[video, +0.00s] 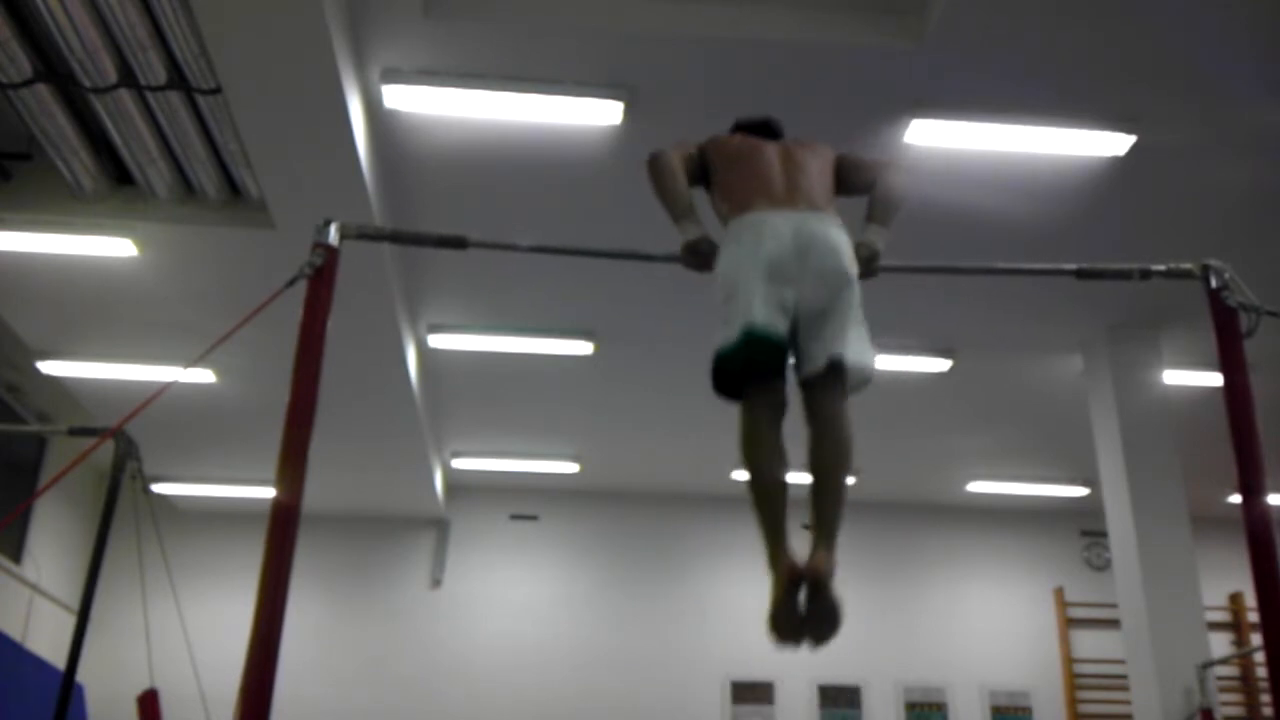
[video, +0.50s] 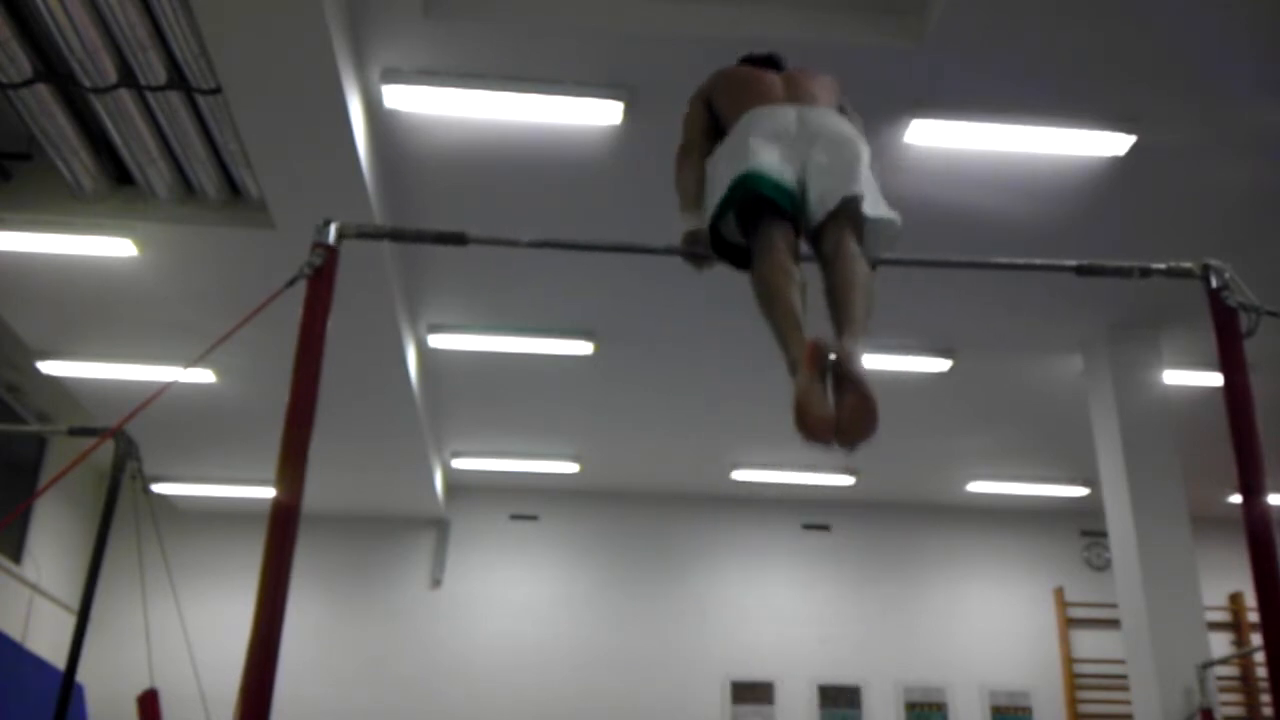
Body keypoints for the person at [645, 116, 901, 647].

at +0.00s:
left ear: (731, 139)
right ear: (784, 139)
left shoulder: (718, 148)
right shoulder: (819, 156)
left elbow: (663, 160)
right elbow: (887, 178)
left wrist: (690, 229)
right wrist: (873, 239)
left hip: (754, 238)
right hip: (826, 238)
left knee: (762, 408)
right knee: (829, 405)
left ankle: (782, 565)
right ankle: (824, 557)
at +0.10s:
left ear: (730, 115)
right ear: (786, 116)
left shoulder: (714, 128)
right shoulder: (819, 137)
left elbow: (671, 160)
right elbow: (882, 175)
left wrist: (690, 230)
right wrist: (872, 237)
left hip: (753, 205)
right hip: (824, 209)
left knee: (767, 353)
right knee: (837, 354)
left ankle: (794, 493)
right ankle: (845, 492)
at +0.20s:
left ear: (732, 92)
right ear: (784, 92)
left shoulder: (711, 108)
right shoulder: (819, 114)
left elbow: (682, 165)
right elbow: (859, 163)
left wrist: (691, 228)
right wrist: (872, 230)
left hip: (756, 171)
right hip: (826, 178)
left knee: (773, 293)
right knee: (841, 297)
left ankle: (803, 407)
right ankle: (853, 409)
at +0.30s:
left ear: (731, 71)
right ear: (780, 70)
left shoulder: (713, 86)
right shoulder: (818, 88)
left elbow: (695, 158)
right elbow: (847, 146)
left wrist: (694, 223)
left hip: (757, 127)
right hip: (828, 129)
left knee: (772, 237)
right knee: (841, 231)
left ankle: (804, 353)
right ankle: (849, 346)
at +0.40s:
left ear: (733, 59)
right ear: (783, 58)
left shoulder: (717, 71)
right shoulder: (820, 75)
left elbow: (696, 148)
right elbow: (849, 154)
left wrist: (694, 220)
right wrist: (864, 246)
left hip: (755, 111)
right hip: (830, 114)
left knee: (772, 222)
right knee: (841, 220)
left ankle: (800, 343)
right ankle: (849, 338)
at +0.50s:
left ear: (735, 72)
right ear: (785, 70)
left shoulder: (718, 84)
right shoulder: (823, 85)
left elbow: (691, 150)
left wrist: (692, 221)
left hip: (755, 128)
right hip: (835, 131)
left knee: (771, 244)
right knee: (842, 238)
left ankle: (802, 365)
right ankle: (851, 360)